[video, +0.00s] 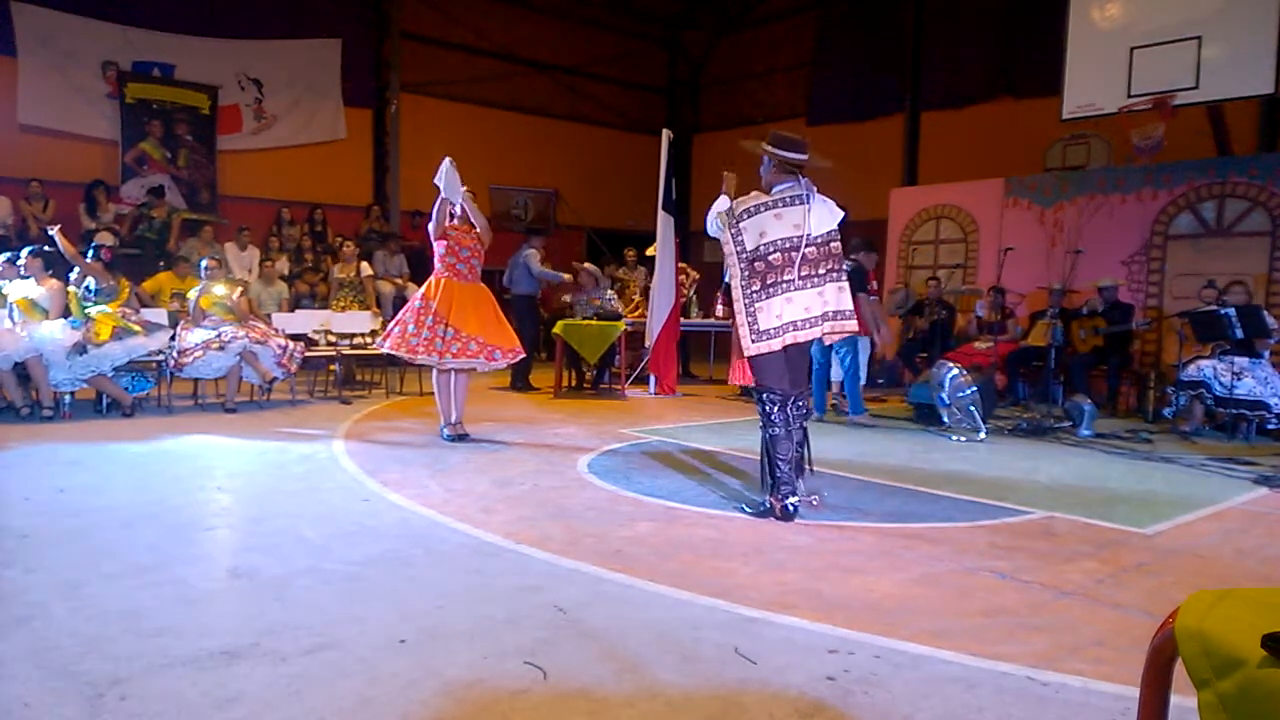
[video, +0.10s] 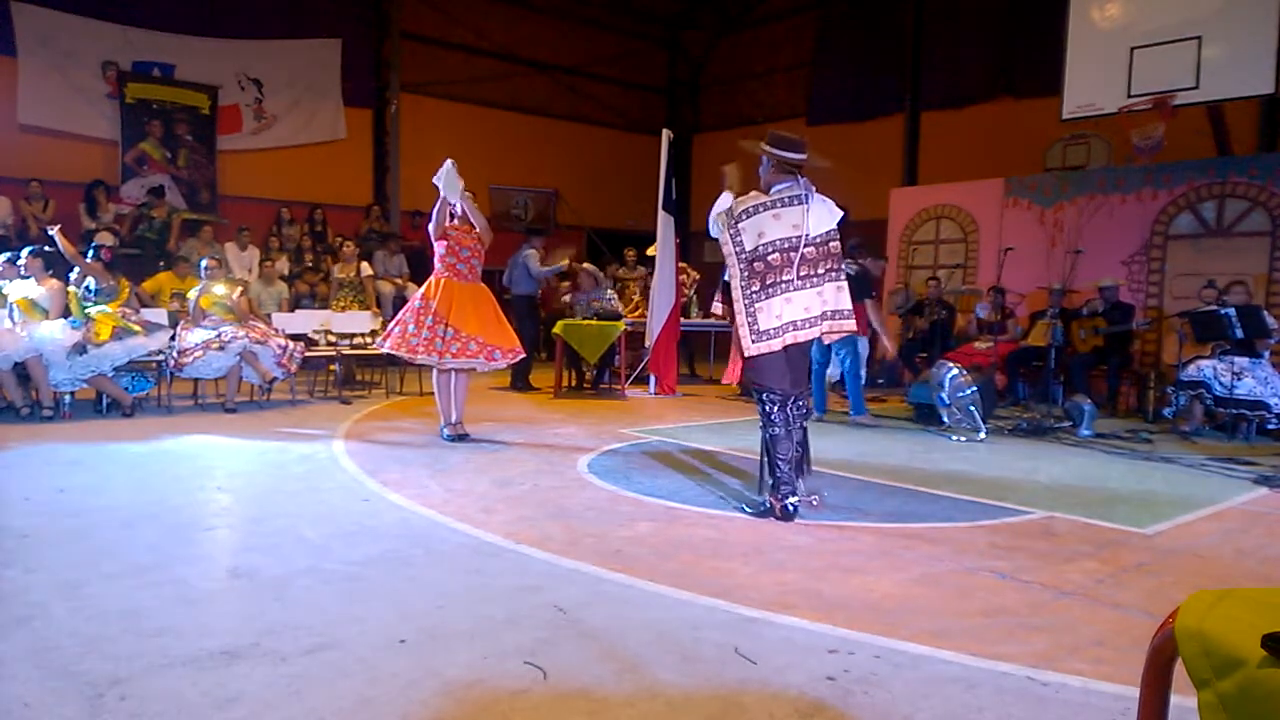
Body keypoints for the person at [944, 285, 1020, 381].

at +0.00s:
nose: (993, 300)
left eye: (996, 297)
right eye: (990, 296)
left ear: (1002, 299)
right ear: (986, 297)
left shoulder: (1008, 313)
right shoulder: (980, 314)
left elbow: (1012, 335)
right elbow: (973, 335)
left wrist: (993, 339)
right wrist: (972, 322)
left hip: (1002, 344)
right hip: (982, 344)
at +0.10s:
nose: (992, 299)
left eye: (996, 297)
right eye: (990, 296)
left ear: (1002, 299)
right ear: (987, 298)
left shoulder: (1008, 312)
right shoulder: (981, 312)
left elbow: (1012, 335)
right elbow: (973, 335)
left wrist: (993, 339)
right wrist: (972, 322)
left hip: (1002, 344)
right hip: (982, 343)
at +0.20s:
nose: (992, 300)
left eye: (996, 297)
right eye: (990, 296)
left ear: (1002, 299)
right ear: (987, 298)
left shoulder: (1008, 312)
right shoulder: (980, 312)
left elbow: (1012, 335)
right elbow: (973, 334)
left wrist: (993, 339)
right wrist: (971, 322)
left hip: (1003, 344)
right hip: (983, 343)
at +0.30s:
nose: (992, 300)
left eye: (996, 297)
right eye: (990, 296)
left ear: (1002, 299)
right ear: (986, 298)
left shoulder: (1008, 313)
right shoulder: (980, 312)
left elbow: (1013, 335)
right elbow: (973, 334)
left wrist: (993, 339)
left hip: (1004, 343)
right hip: (984, 343)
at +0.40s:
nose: (992, 300)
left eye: (995, 297)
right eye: (989, 296)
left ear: (1001, 300)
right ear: (985, 298)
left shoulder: (1007, 312)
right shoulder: (979, 313)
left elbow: (1012, 335)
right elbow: (973, 334)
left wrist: (993, 338)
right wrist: (973, 321)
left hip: (1002, 343)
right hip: (983, 343)